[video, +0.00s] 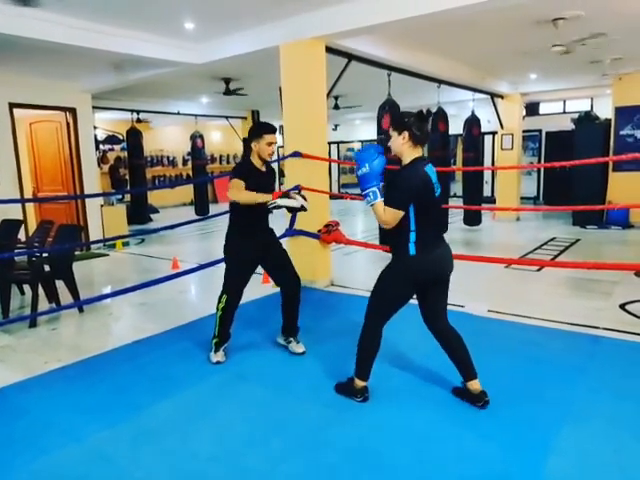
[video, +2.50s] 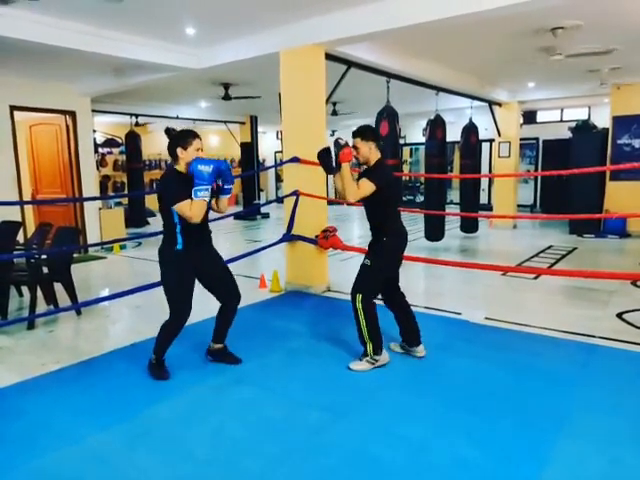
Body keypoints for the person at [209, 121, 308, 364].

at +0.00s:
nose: (273, 149)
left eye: (275, 144)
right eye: (268, 144)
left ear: (273, 145)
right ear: (254, 144)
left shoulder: (269, 171)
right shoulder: (242, 168)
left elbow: (264, 200)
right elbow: (234, 194)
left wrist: (287, 198)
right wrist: (271, 198)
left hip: (265, 238)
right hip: (241, 241)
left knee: (291, 283)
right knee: (231, 294)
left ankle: (289, 335)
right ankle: (219, 343)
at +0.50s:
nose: (331, 153)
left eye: (334, 148)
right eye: (327, 148)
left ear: (334, 147)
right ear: (314, 146)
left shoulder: (327, 173)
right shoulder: (295, 170)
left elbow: (331, 207)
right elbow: (264, 193)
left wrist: (338, 198)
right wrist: (241, 219)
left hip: (304, 229)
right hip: (284, 230)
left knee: (315, 283)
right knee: (286, 285)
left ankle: (308, 333)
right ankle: (259, 334)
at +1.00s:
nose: (350, 147)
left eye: (349, 142)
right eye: (348, 142)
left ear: (317, 143)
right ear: (340, 144)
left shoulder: (300, 177)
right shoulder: (352, 175)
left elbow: (301, 216)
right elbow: (367, 214)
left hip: (303, 268)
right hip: (341, 270)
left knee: (297, 325)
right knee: (369, 345)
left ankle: (264, 382)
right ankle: (371, 428)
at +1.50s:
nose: (254, 151)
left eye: (254, 145)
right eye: (252, 145)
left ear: (228, 147)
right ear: (240, 147)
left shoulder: (214, 176)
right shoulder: (234, 181)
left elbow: (246, 218)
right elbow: (259, 224)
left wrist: (259, 189)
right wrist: (267, 189)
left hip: (202, 269)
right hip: (219, 274)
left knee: (231, 322)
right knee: (243, 343)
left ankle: (203, 368)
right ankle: (213, 423)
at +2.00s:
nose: (204, 151)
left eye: (203, 146)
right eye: (200, 146)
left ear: (183, 149)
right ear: (186, 148)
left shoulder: (189, 177)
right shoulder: (175, 180)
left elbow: (203, 216)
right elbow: (205, 221)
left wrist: (205, 214)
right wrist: (212, 191)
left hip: (187, 260)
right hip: (164, 263)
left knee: (225, 301)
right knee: (170, 331)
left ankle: (206, 357)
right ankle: (136, 387)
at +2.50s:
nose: (201, 154)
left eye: (201, 150)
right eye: (197, 150)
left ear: (191, 152)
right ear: (180, 151)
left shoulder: (197, 177)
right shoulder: (169, 181)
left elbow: (221, 208)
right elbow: (194, 215)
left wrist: (224, 180)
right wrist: (204, 183)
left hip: (202, 251)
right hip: (176, 255)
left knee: (231, 297)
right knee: (180, 315)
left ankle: (217, 347)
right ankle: (157, 359)